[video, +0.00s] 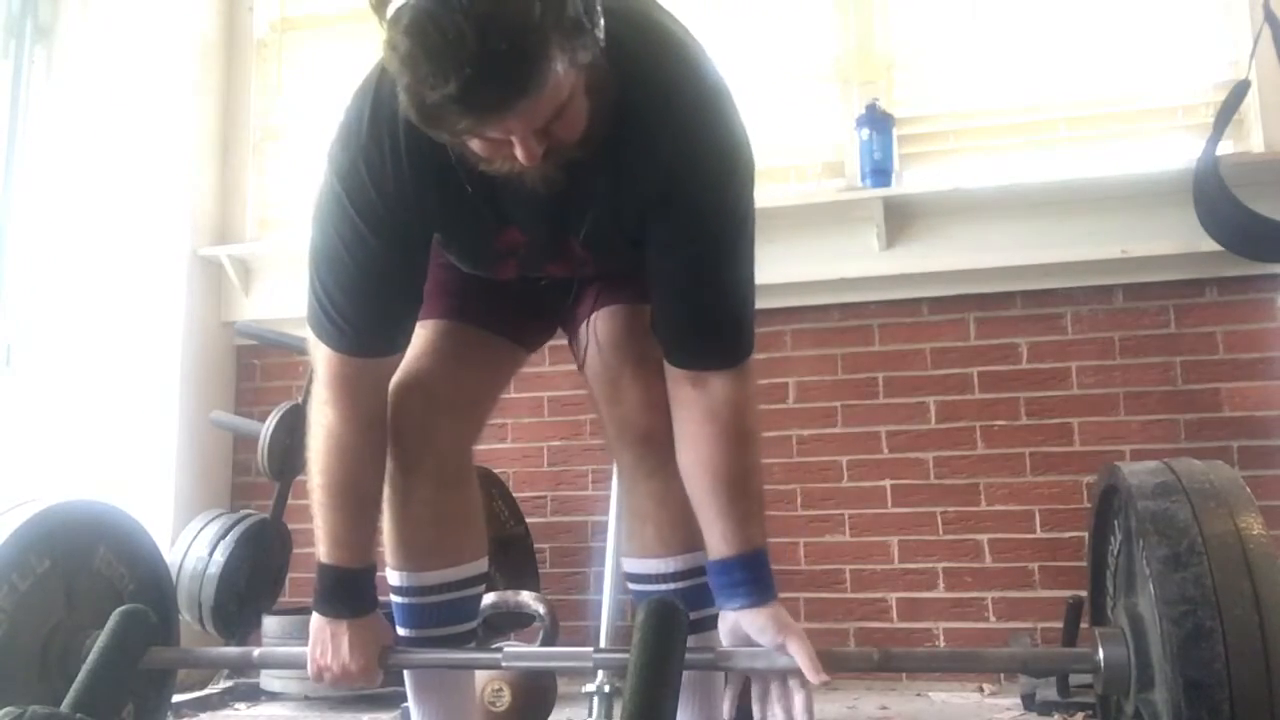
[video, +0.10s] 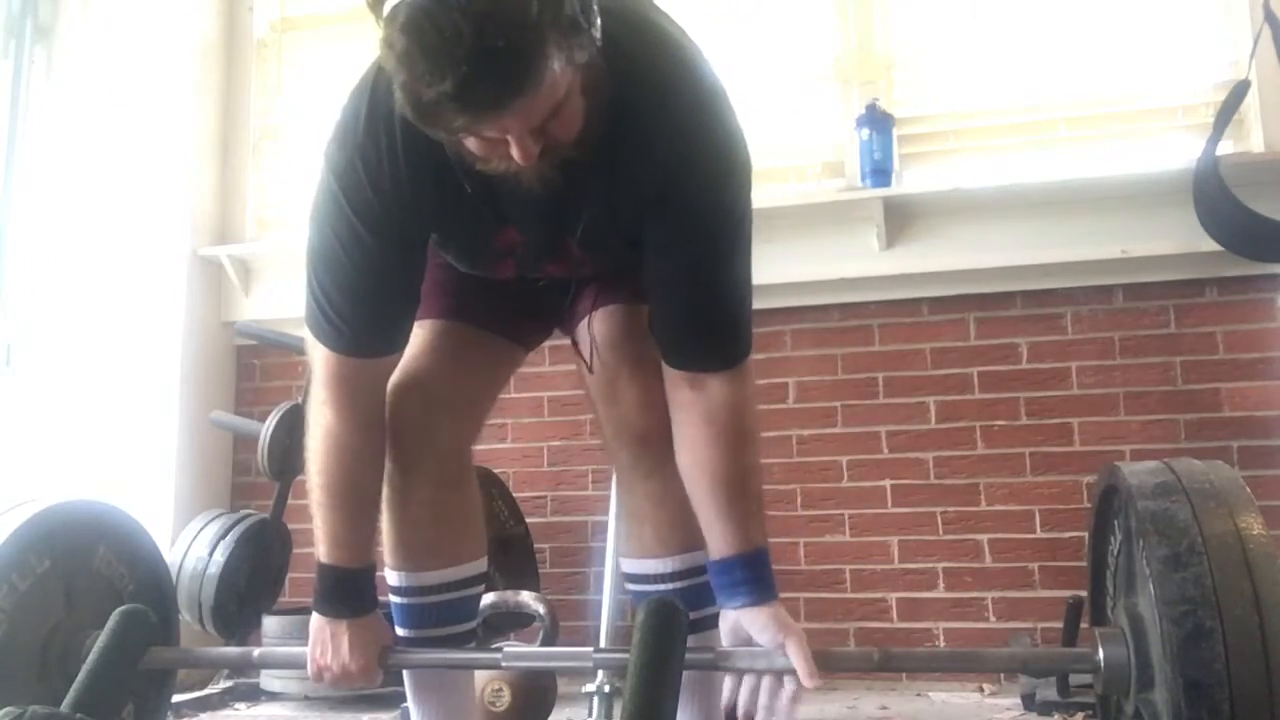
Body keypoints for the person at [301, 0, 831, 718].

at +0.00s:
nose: (531, 153)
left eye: (552, 117)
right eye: (492, 140)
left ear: (583, 48)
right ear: (436, 113)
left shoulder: (681, 107)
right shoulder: (384, 133)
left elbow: (709, 373)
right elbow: (349, 376)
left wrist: (748, 593)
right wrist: (343, 596)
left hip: (629, 245)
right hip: (484, 251)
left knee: (646, 423)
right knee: (416, 423)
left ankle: (694, 698)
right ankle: (441, 702)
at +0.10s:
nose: (527, 154)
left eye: (548, 117)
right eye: (489, 139)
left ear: (579, 47)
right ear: (432, 112)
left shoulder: (677, 108)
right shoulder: (381, 133)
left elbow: (708, 375)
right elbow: (346, 378)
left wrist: (749, 592)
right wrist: (343, 594)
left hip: (628, 248)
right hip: (482, 253)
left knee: (645, 423)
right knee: (416, 420)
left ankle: (691, 696)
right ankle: (441, 701)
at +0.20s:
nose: (519, 157)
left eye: (541, 120)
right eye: (481, 141)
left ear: (575, 47)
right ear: (425, 115)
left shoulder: (671, 108)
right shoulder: (376, 135)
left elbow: (707, 377)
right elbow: (344, 376)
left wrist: (748, 597)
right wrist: (342, 595)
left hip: (627, 247)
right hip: (480, 252)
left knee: (644, 420)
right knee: (417, 417)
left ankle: (691, 700)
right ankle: (442, 703)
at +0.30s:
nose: (490, 158)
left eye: (518, 124)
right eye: (454, 138)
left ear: (561, 51)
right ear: (409, 108)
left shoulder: (657, 102)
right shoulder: (367, 133)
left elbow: (709, 375)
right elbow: (344, 367)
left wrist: (750, 597)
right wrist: (341, 591)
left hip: (627, 247)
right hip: (477, 252)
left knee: (649, 425)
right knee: (417, 418)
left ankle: (690, 704)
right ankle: (442, 706)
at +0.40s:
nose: (454, 153)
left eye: (479, 121)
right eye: (420, 134)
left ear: (524, 60)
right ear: (381, 105)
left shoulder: (630, 78)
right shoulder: (354, 137)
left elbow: (711, 373)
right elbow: (337, 349)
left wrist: (753, 597)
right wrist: (340, 572)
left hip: (628, 240)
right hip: (475, 247)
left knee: (652, 421)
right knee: (420, 416)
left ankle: (693, 702)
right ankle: (441, 705)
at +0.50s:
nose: (415, 154)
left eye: (439, 121)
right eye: (383, 135)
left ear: (492, 60)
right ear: (346, 110)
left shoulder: (612, 77)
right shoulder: (340, 142)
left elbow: (711, 370)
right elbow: (340, 350)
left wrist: (753, 598)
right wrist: (344, 575)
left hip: (631, 232)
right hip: (484, 244)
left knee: (655, 418)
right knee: (421, 411)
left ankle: (693, 702)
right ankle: (442, 705)